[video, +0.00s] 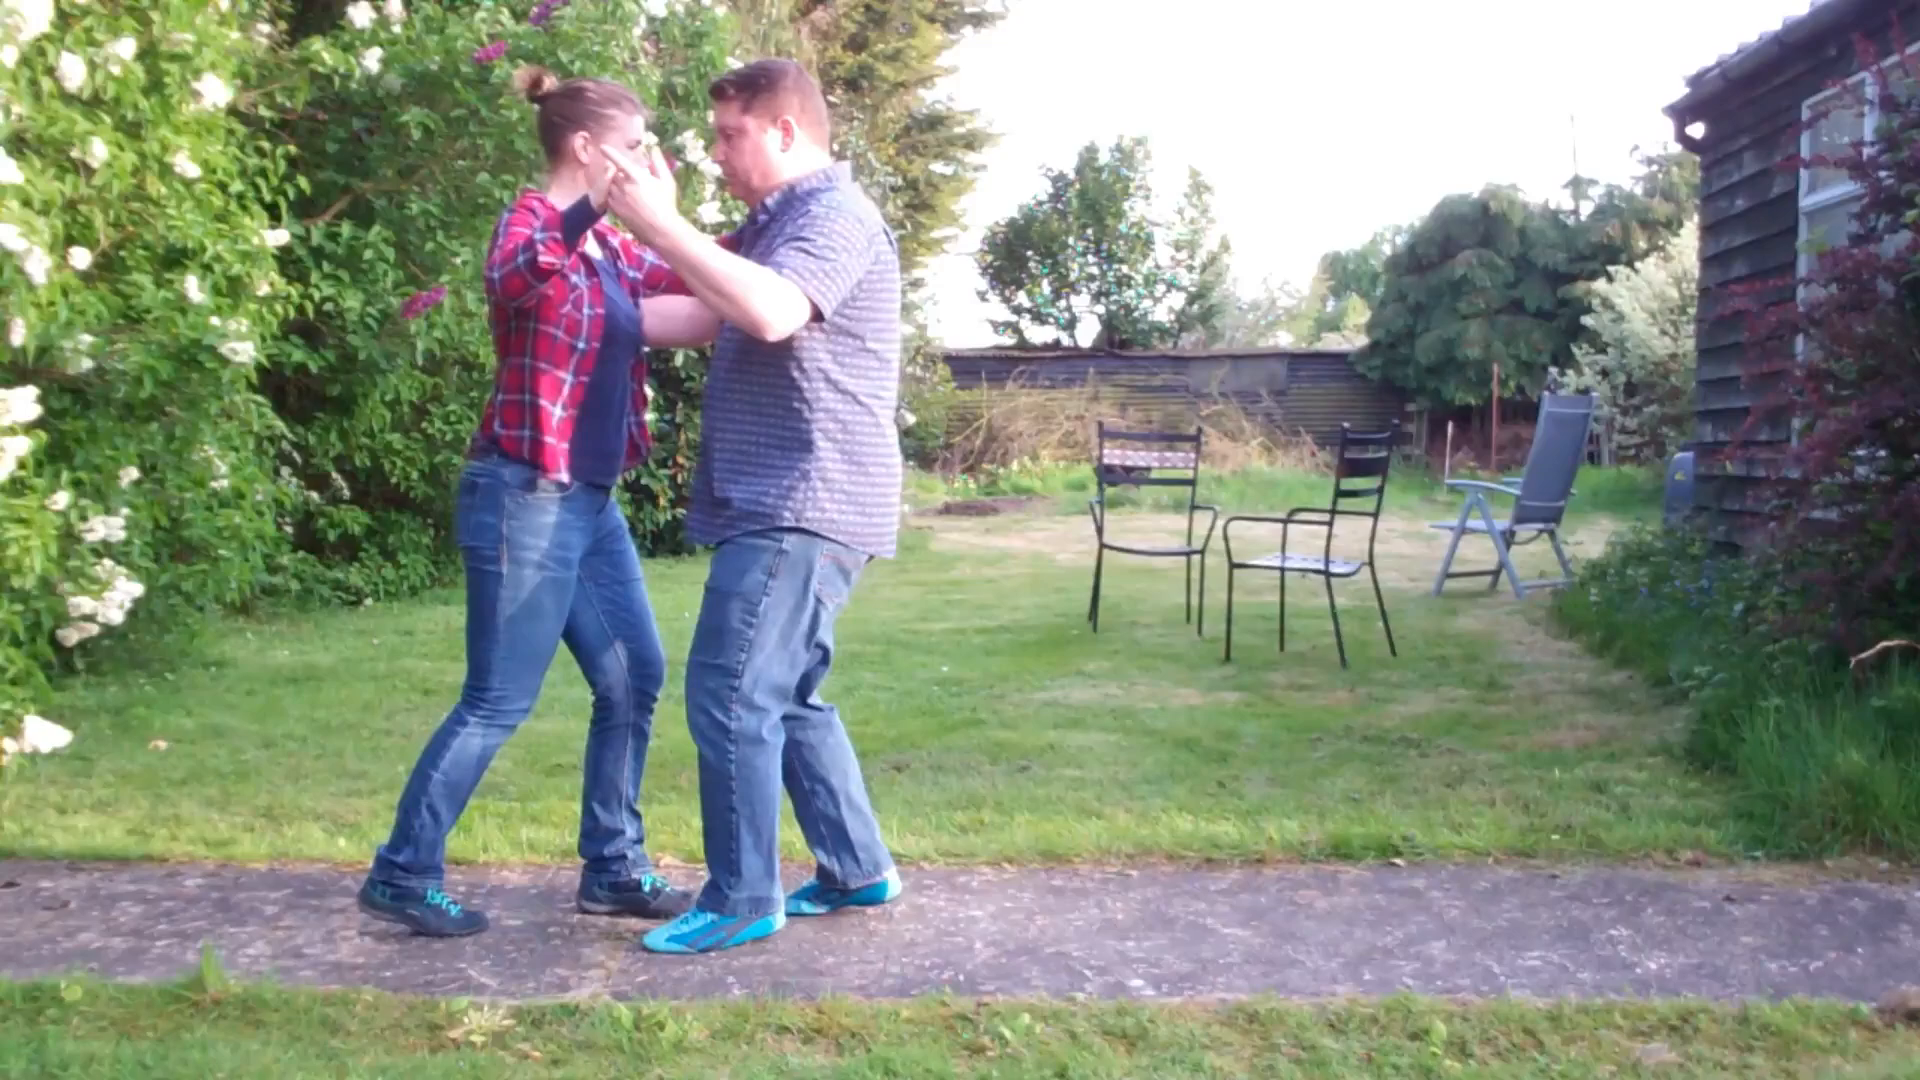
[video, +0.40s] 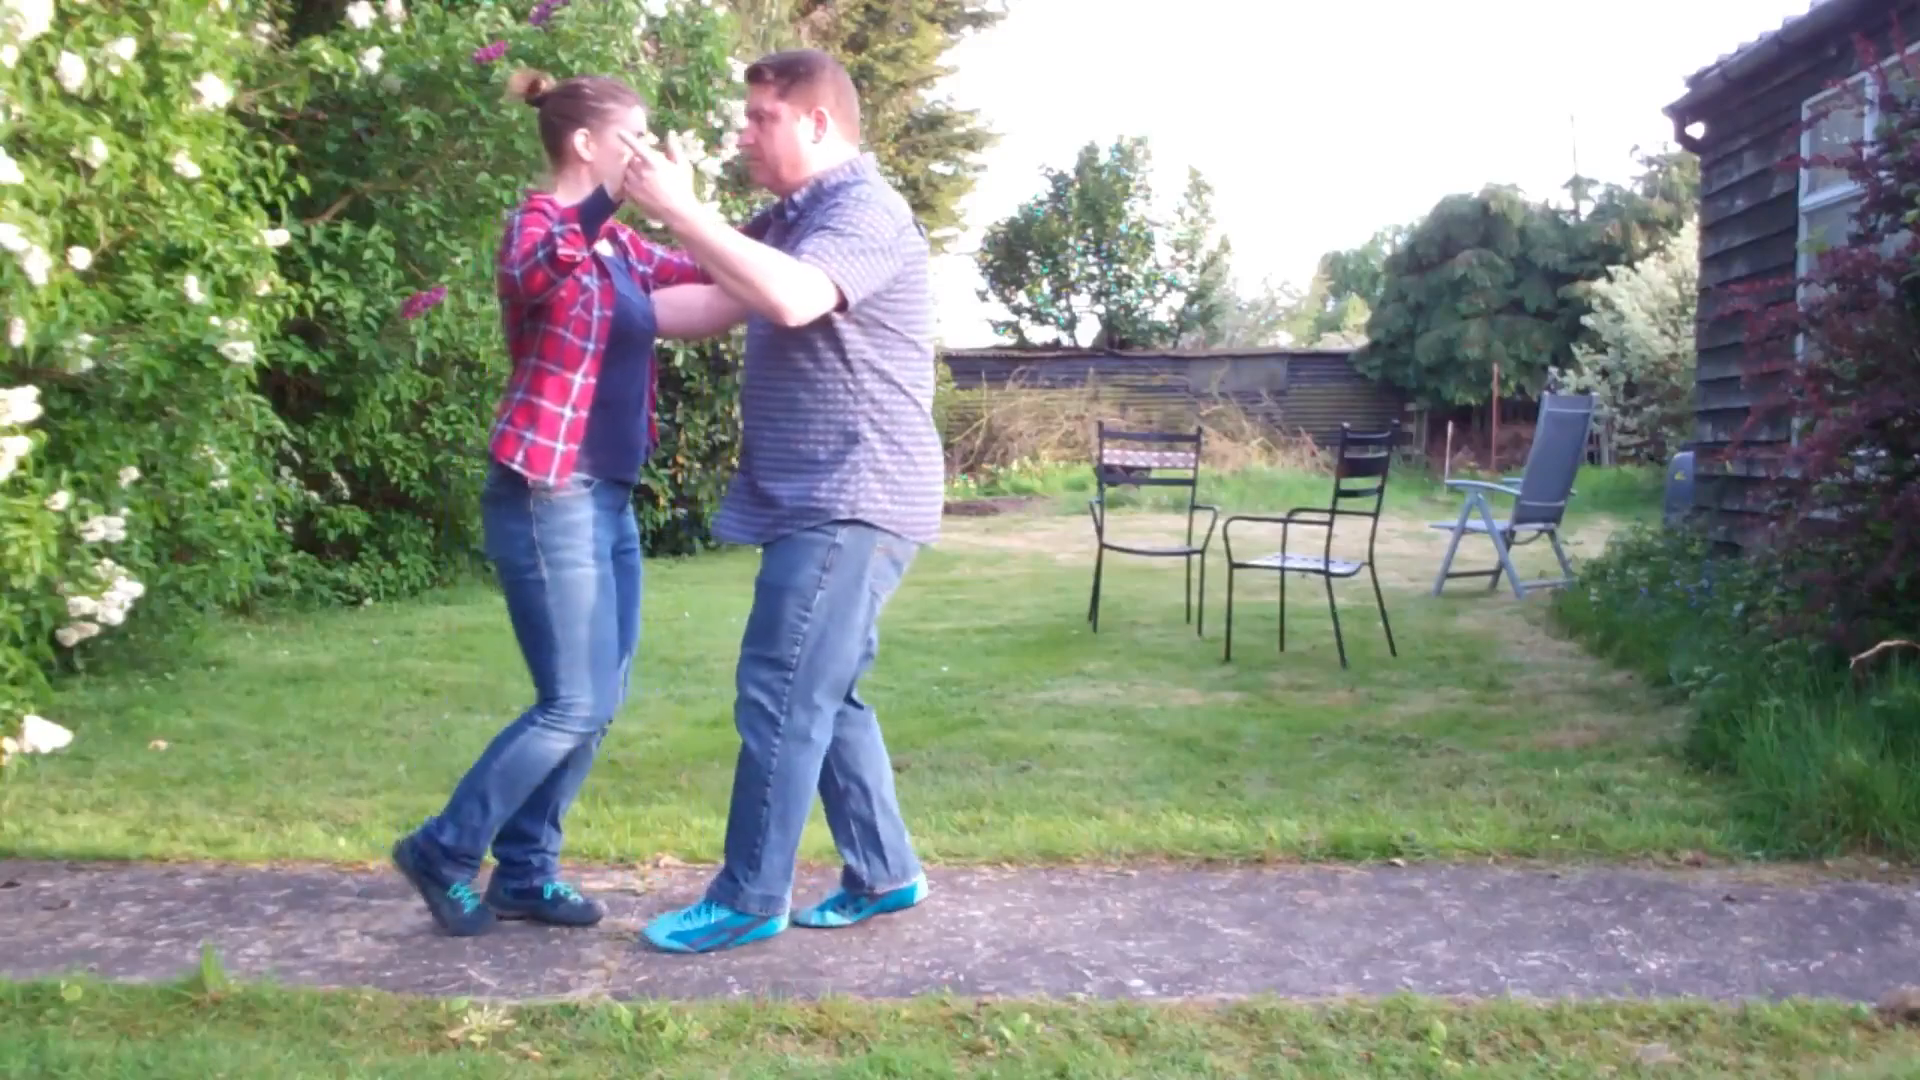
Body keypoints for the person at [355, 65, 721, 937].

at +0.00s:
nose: (646, 162)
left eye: (647, 147)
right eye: (635, 145)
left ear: (595, 153)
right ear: (586, 148)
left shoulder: (617, 249)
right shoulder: (531, 221)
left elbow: (693, 292)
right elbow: (518, 282)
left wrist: (677, 219)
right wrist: (597, 214)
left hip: (589, 499)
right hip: (523, 494)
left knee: (634, 672)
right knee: (498, 701)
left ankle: (612, 870)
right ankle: (402, 874)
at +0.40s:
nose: (647, 154)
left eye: (648, 138)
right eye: (635, 138)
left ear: (594, 146)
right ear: (585, 144)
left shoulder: (621, 242)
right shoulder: (538, 227)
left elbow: (714, 272)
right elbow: (540, 280)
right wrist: (611, 205)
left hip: (607, 490)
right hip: (547, 490)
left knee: (598, 700)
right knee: (573, 703)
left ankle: (525, 871)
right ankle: (441, 850)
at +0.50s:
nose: (660, 150)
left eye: (658, 134)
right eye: (647, 134)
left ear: (604, 143)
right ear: (599, 141)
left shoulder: (639, 241)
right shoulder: (550, 221)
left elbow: (725, 265)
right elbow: (545, 276)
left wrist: (801, 232)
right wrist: (615, 201)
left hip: (618, 491)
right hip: (561, 488)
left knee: (575, 693)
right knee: (639, 690)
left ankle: (519, 870)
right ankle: (518, 859)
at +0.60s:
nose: (677, 144)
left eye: (675, 129)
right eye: (664, 129)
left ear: (622, 137)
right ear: (617, 138)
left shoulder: (660, 240)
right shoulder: (569, 217)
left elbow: (747, 267)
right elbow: (561, 266)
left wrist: (825, 243)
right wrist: (647, 194)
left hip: (630, 489)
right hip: (581, 489)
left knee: (572, 698)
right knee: (684, 679)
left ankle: (520, 871)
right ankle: (639, 884)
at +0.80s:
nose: (722, 138)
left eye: (722, 124)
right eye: (710, 123)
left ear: (671, 137)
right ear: (664, 134)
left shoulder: (711, 238)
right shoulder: (623, 217)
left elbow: (808, 268)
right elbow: (625, 263)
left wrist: (877, 238)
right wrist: (702, 185)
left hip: (682, 484)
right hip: (647, 485)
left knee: (625, 693)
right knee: (738, 689)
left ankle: (534, 856)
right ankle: (708, 899)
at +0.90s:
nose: (750, 134)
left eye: (748, 119)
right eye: (736, 118)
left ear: (693, 131)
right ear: (690, 129)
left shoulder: (731, 235)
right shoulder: (652, 214)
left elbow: (824, 268)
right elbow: (653, 273)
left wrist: (907, 252)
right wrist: (721, 191)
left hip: (719, 482)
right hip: (683, 482)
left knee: (718, 696)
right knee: (743, 700)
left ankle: (574, 831)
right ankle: (706, 900)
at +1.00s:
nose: (778, 141)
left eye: (776, 125)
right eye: (763, 124)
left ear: (724, 140)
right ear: (715, 137)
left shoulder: (761, 242)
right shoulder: (677, 221)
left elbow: (859, 265)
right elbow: (675, 279)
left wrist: (943, 240)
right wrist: (760, 189)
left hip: (754, 486)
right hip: (702, 486)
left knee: (803, 690)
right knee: (752, 703)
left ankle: (659, 836)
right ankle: (704, 905)